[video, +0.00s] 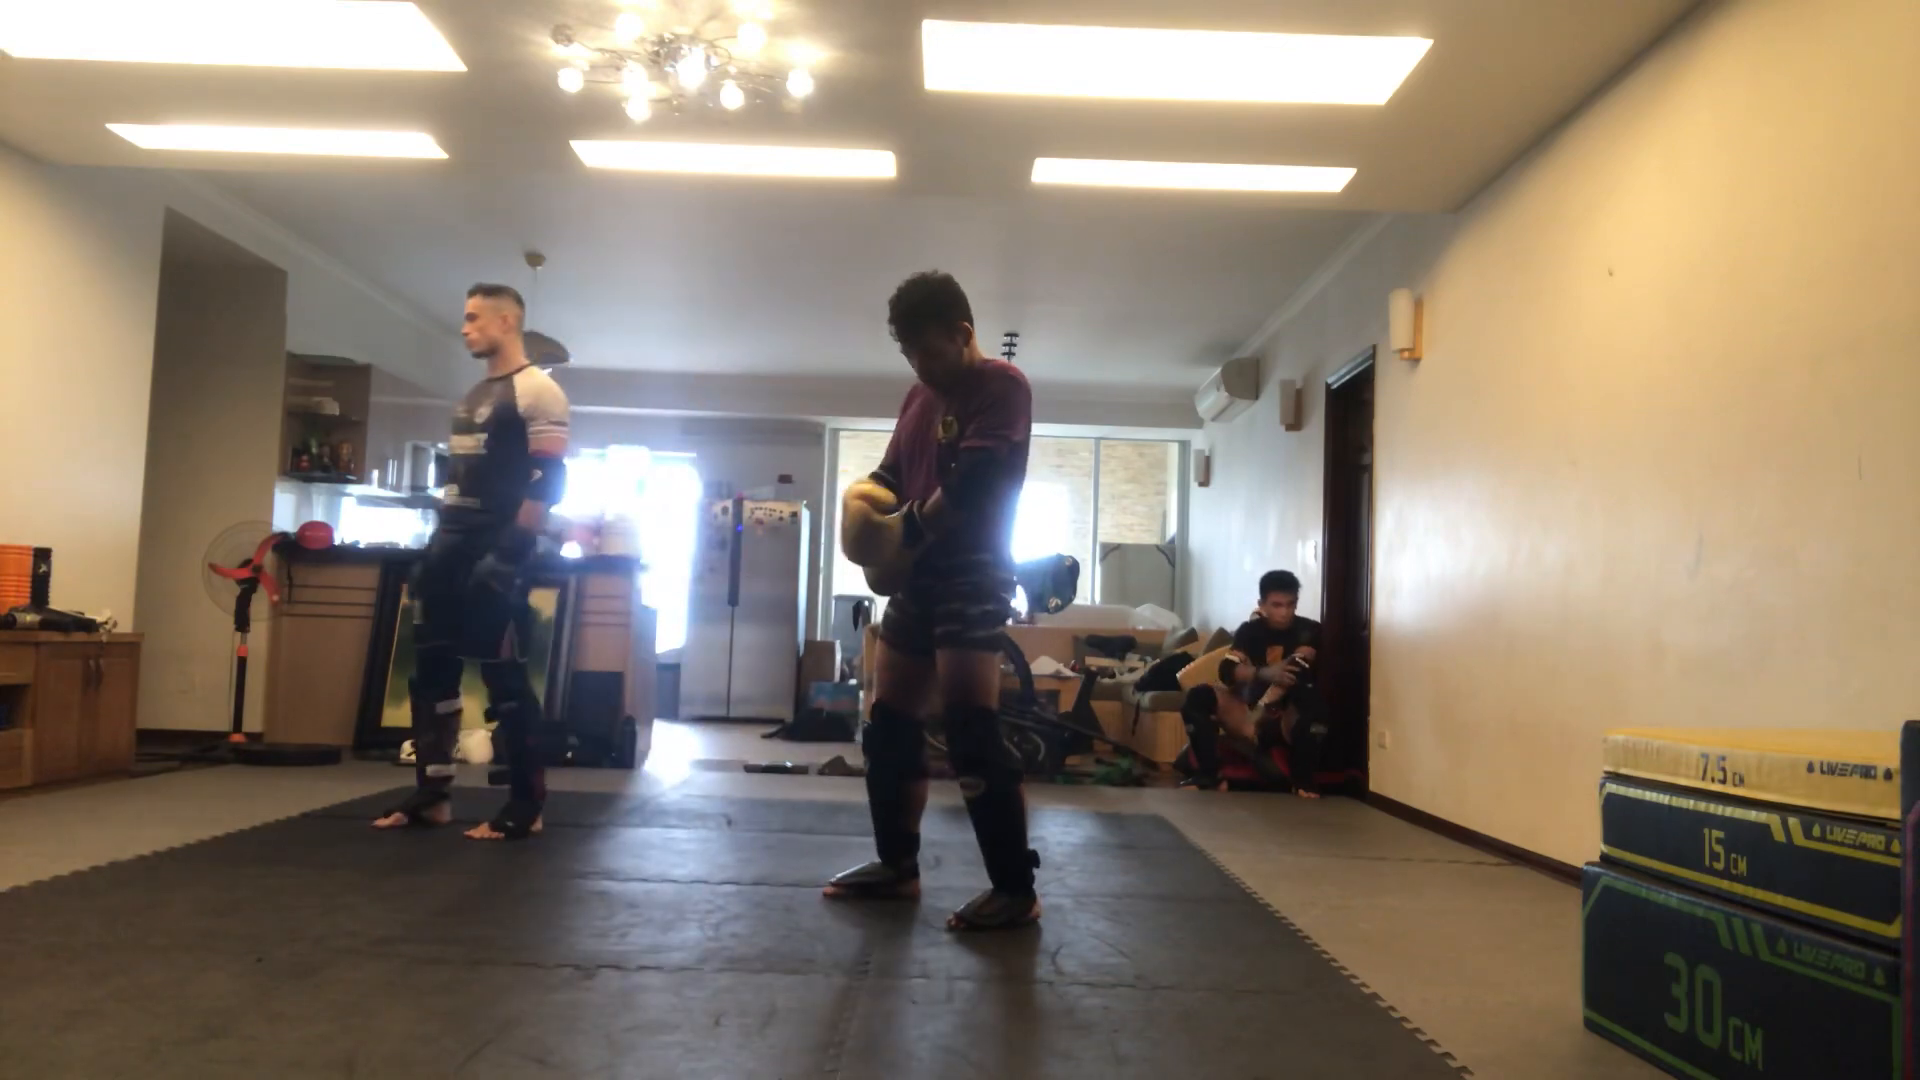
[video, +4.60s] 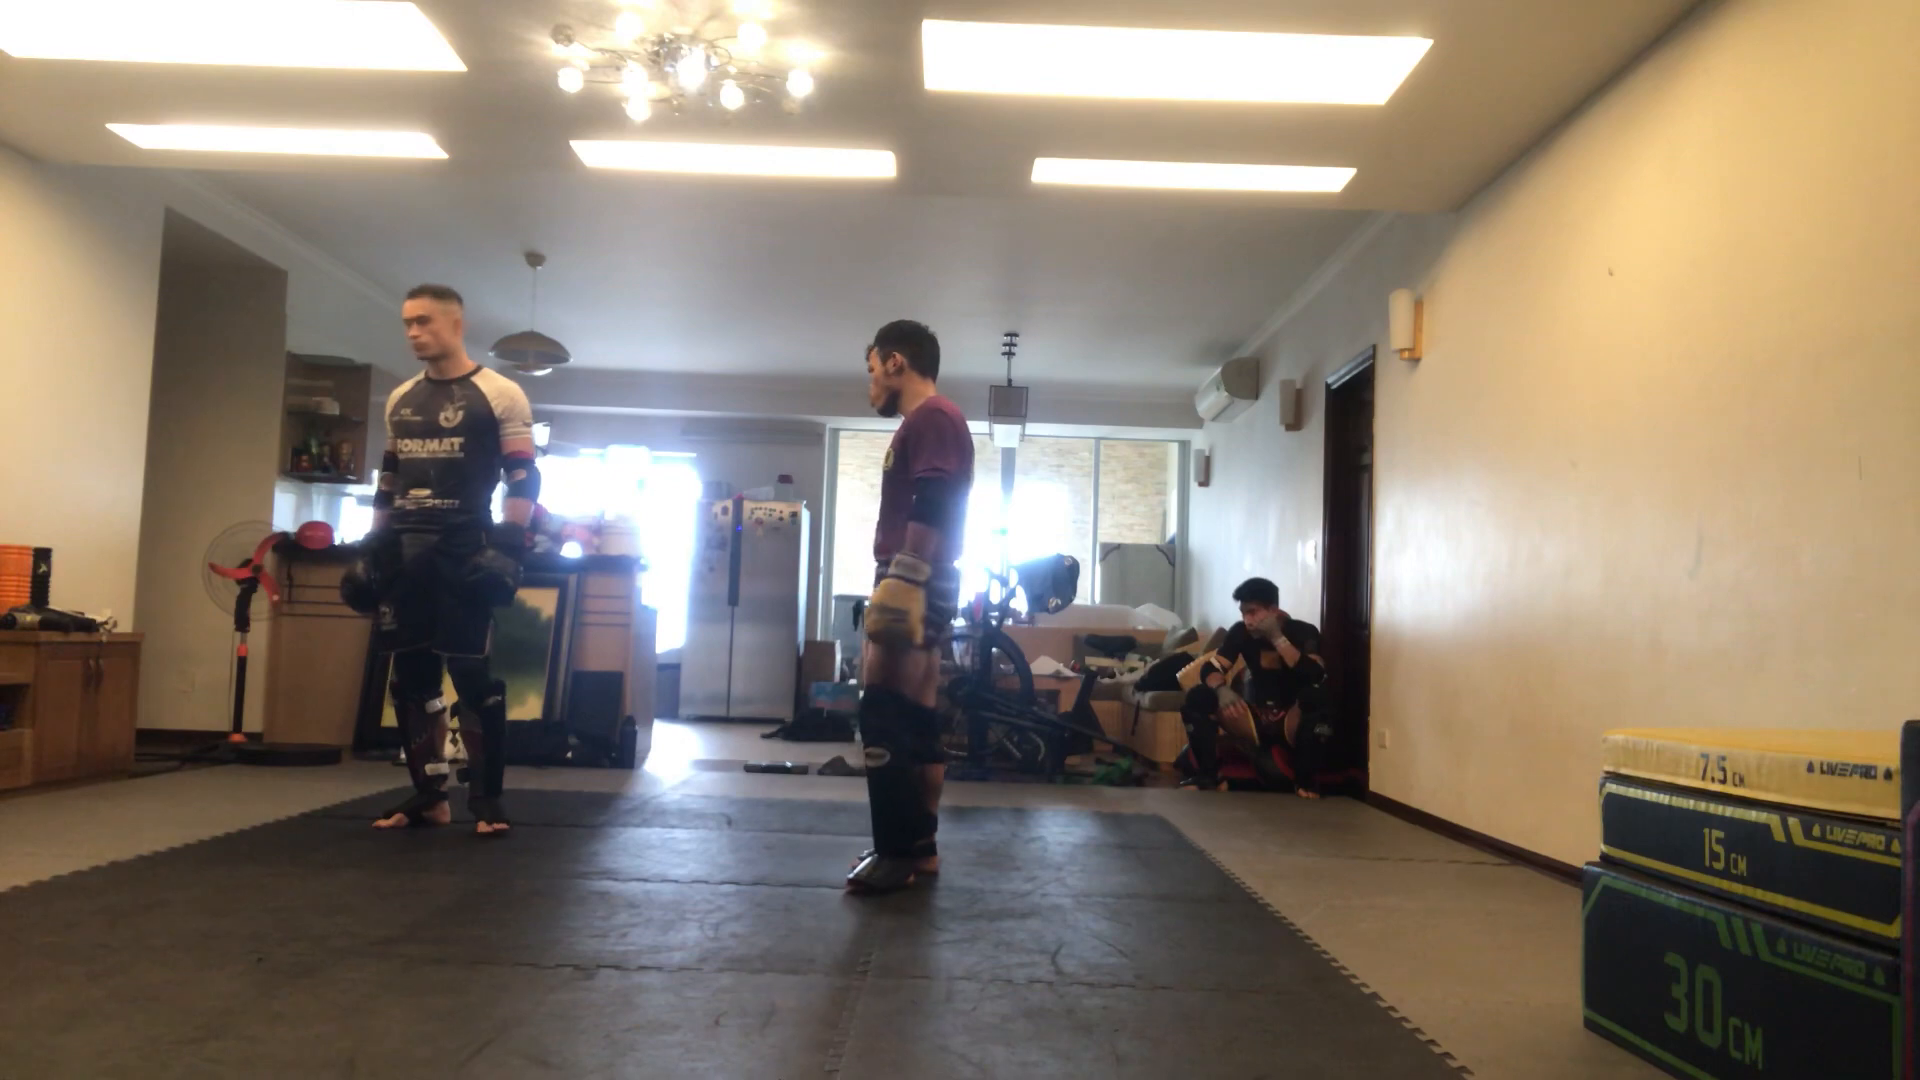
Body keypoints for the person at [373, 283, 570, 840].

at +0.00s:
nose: (463, 329)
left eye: (473, 318)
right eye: (464, 320)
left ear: (508, 321)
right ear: (487, 327)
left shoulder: (539, 389)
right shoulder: (475, 394)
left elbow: (546, 484)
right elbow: (459, 483)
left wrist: (508, 554)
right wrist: (436, 549)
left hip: (499, 551)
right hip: (452, 547)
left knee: (503, 672)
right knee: (434, 667)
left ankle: (525, 804)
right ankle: (432, 796)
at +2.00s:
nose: (405, 342)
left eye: (412, 331)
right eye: (403, 333)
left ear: (446, 327)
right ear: (435, 330)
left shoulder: (498, 395)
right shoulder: (408, 404)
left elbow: (517, 484)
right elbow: (402, 490)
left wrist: (494, 552)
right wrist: (377, 558)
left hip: (458, 556)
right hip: (404, 555)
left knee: (466, 679)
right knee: (406, 681)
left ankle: (490, 806)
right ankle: (428, 798)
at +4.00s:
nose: (401, 339)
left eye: (408, 328)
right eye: (397, 330)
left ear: (443, 323)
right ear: (402, 333)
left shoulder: (493, 393)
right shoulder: (401, 401)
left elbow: (515, 484)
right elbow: (391, 488)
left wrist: (494, 553)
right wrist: (371, 553)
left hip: (457, 554)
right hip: (401, 553)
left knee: (465, 677)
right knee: (407, 679)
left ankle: (490, 805)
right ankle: (429, 799)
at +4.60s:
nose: (412, 333)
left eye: (422, 322)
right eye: (408, 324)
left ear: (456, 322)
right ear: (408, 331)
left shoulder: (501, 394)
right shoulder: (400, 399)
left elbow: (522, 481)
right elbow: (389, 483)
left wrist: (506, 549)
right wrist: (374, 547)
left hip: (465, 554)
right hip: (407, 553)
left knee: (470, 676)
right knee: (412, 679)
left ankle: (487, 801)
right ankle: (430, 799)